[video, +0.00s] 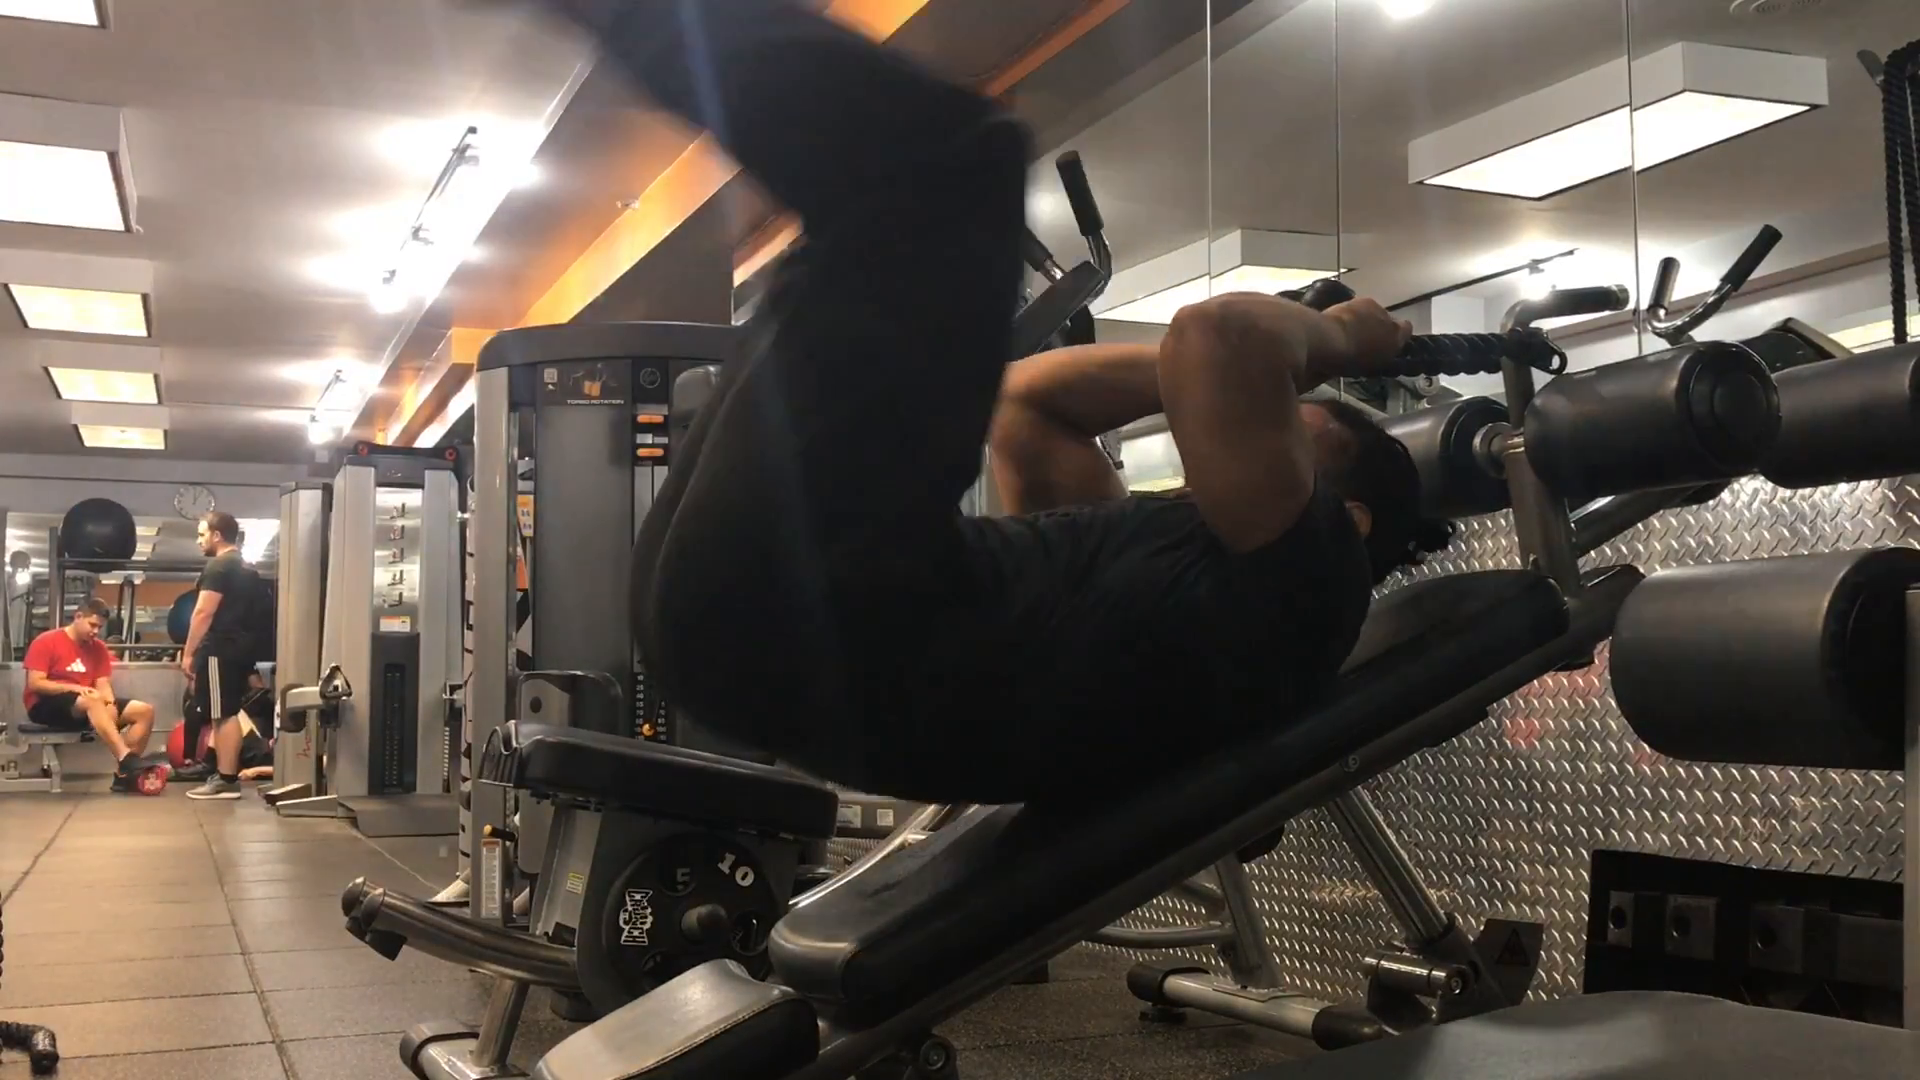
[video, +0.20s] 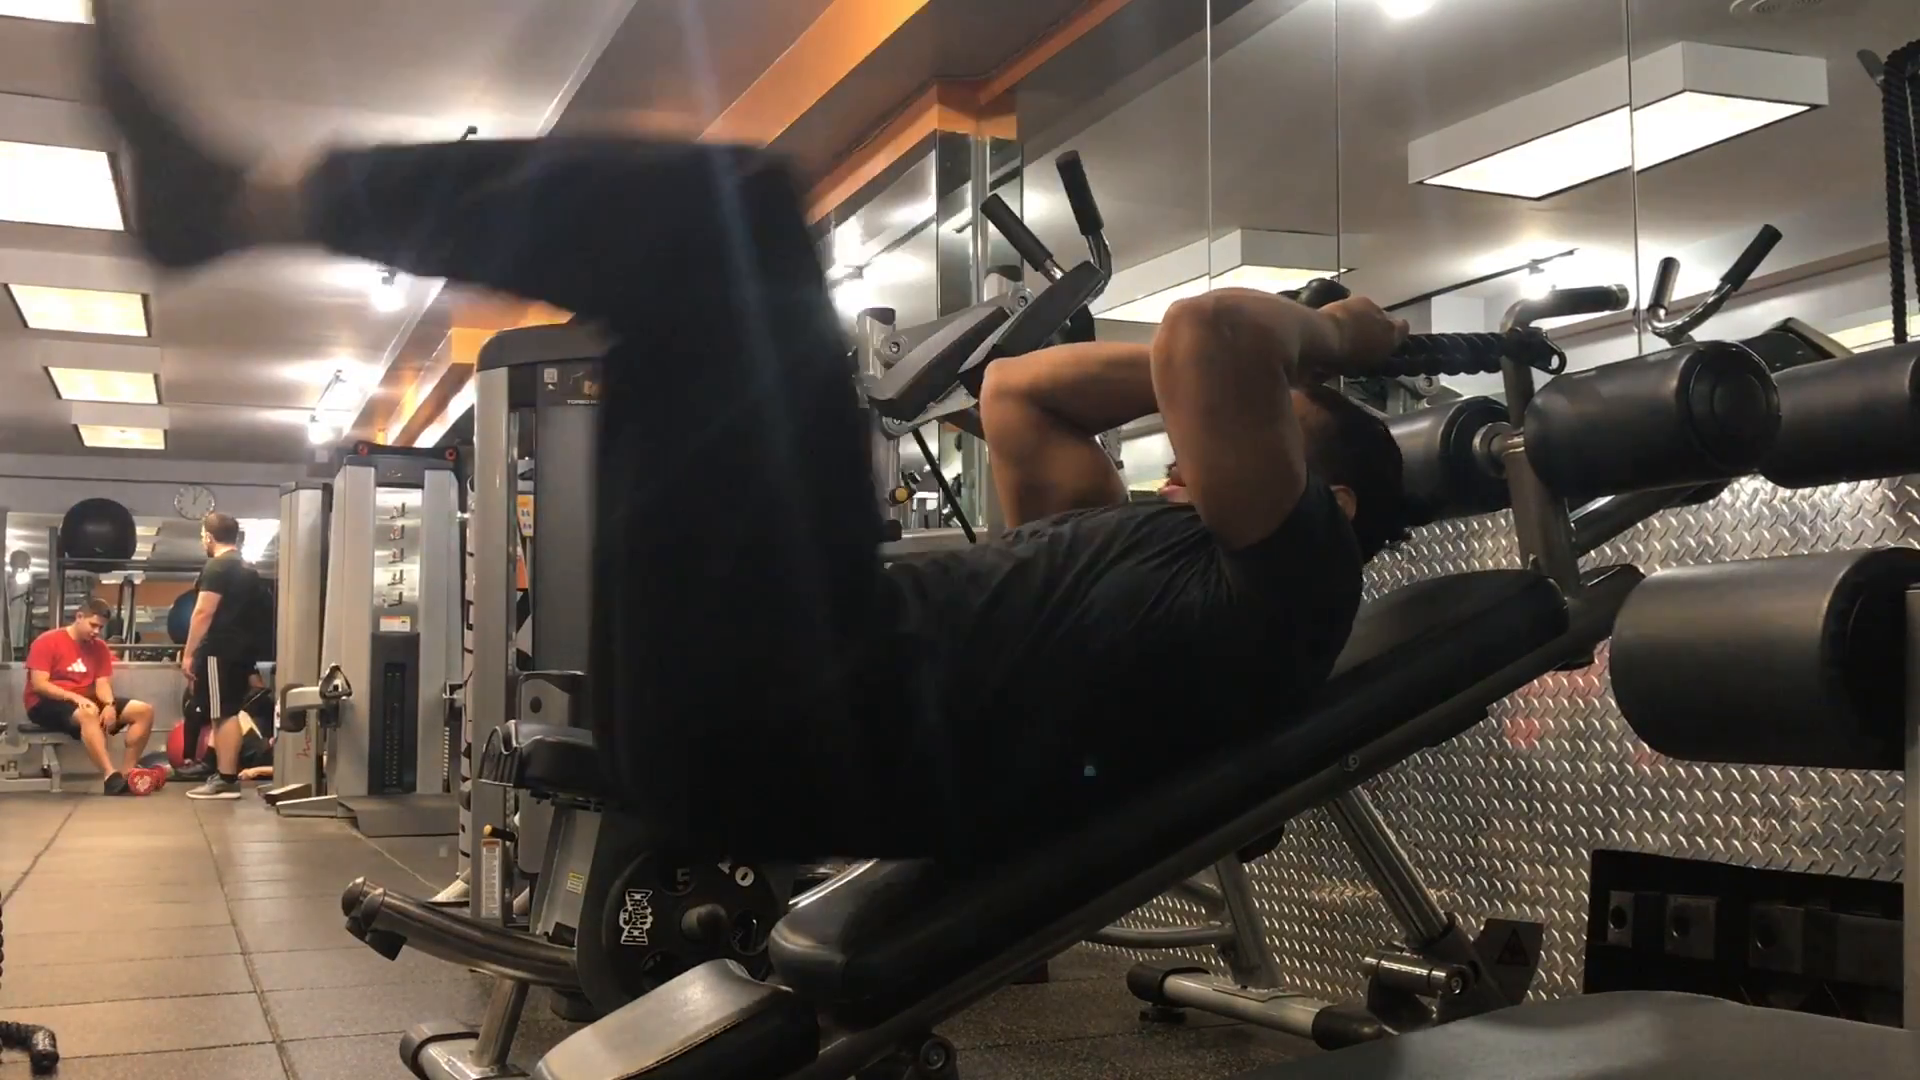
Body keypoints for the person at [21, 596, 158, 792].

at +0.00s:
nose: (95, 632)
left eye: (99, 628)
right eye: (92, 625)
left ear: (102, 627)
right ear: (77, 616)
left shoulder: (98, 648)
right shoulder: (46, 641)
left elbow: (103, 684)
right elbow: (35, 683)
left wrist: (110, 704)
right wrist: (76, 689)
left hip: (84, 706)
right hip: (46, 705)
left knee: (144, 712)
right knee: (94, 701)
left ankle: (123, 776)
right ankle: (125, 757)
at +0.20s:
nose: (96, 632)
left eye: (100, 628)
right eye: (93, 625)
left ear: (103, 627)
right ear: (79, 617)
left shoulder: (99, 647)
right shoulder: (47, 642)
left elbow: (102, 684)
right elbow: (39, 684)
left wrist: (109, 705)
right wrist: (75, 697)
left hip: (86, 702)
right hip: (47, 705)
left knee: (144, 711)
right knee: (88, 714)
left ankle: (128, 774)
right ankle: (110, 776)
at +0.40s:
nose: (95, 633)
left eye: (99, 629)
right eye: (92, 627)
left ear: (104, 629)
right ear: (78, 617)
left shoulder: (100, 648)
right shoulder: (47, 643)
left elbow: (102, 684)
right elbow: (39, 685)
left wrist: (109, 705)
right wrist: (73, 697)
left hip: (87, 703)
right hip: (47, 704)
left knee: (144, 712)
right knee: (83, 713)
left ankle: (129, 773)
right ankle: (107, 775)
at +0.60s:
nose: (95, 633)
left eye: (99, 628)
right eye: (91, 626)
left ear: (104, 627)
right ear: (78, 617)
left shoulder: (101, 649)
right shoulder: (46, 643)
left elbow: (109, 682)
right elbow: (36, 685)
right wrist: (71, 696)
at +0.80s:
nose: (93, 633)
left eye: (97, 628)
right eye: (89, 627)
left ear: (102, 626)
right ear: (75, 617)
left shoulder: (99, 647)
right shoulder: (46, 643)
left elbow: (102, 684)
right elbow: (37, 686)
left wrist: (109, 705)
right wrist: (74, 696)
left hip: (86, 703)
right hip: (46, 706)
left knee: (144, 712)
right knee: (86, 711)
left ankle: (128, 773)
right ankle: (106, 776)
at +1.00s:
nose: (91, 632)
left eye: (95, 627)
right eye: (87, 626)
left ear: (99, 625)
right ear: (73, 618)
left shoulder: (97, 647)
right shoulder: (45, 643)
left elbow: (101, 683)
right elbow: (38, 687)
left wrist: (106, 708)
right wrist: (77, 695)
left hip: (82, 704)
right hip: (44, 704)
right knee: (88, 712)